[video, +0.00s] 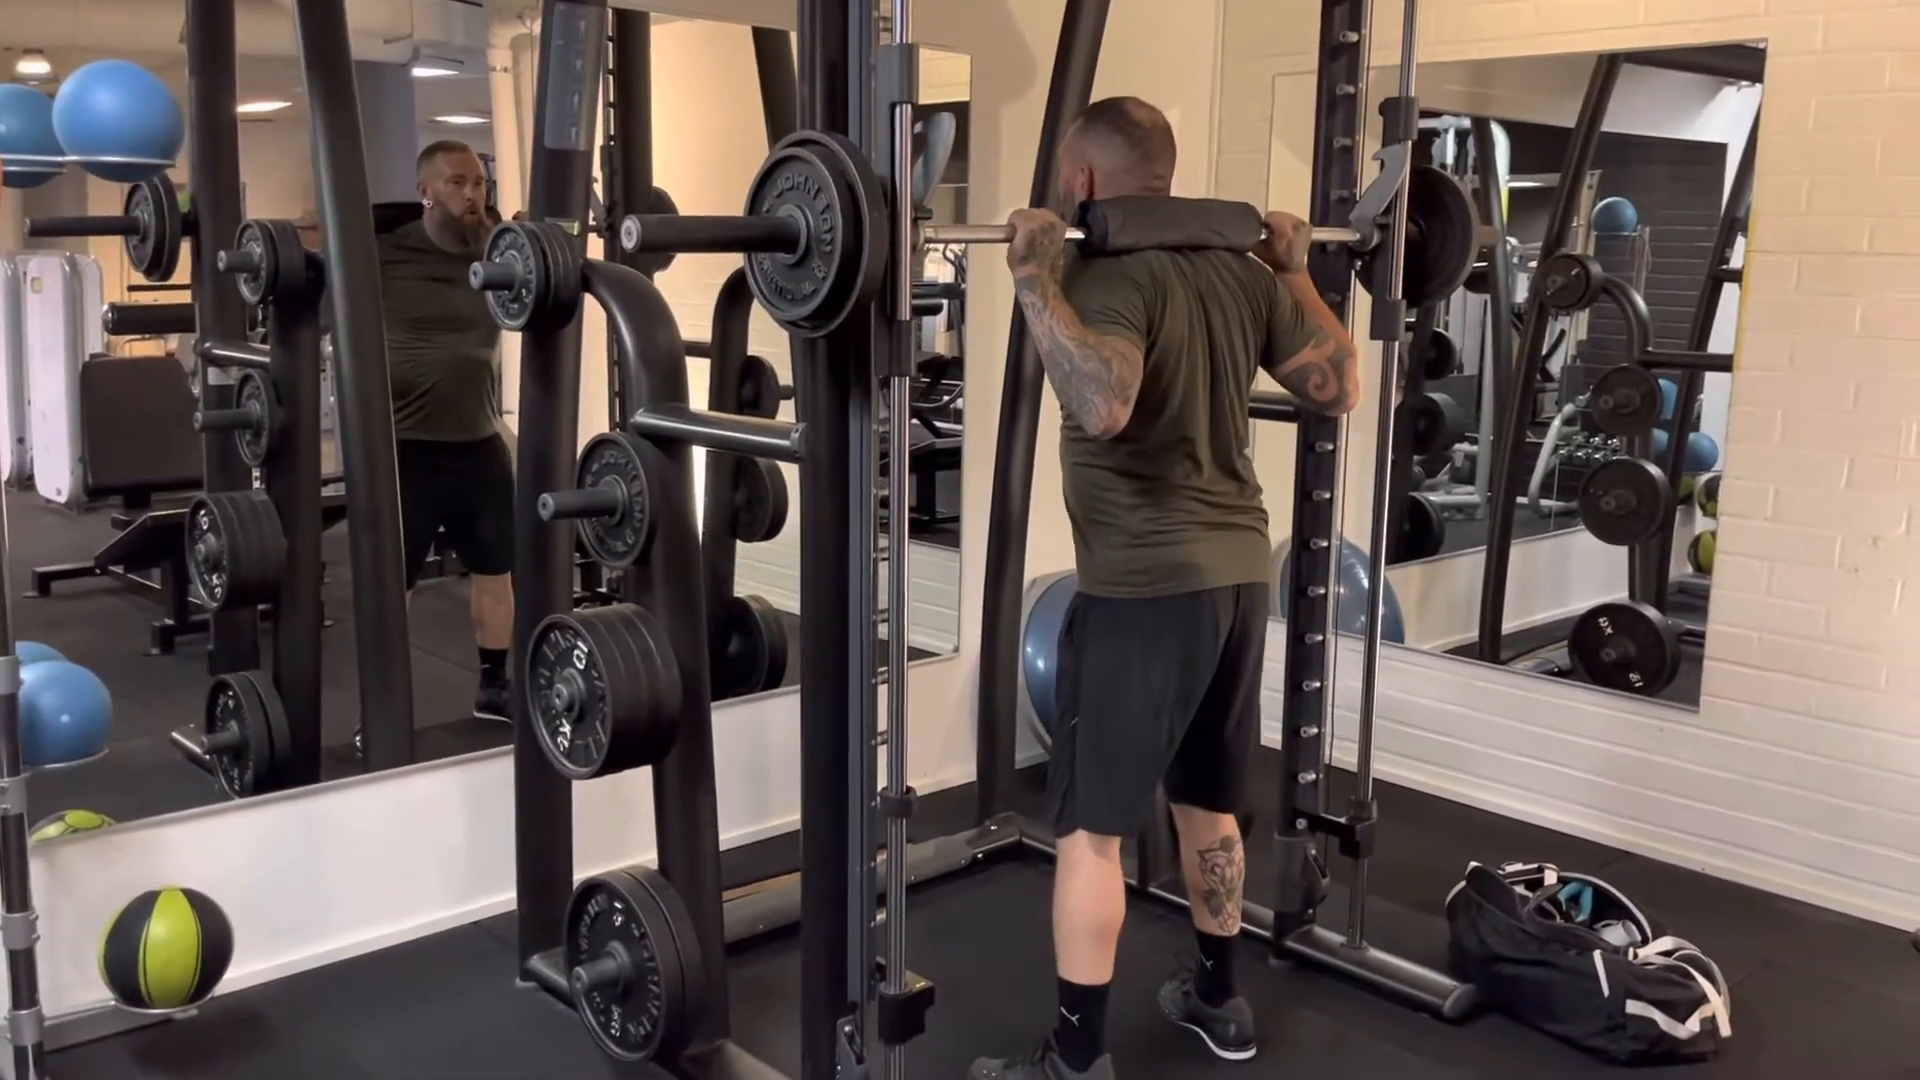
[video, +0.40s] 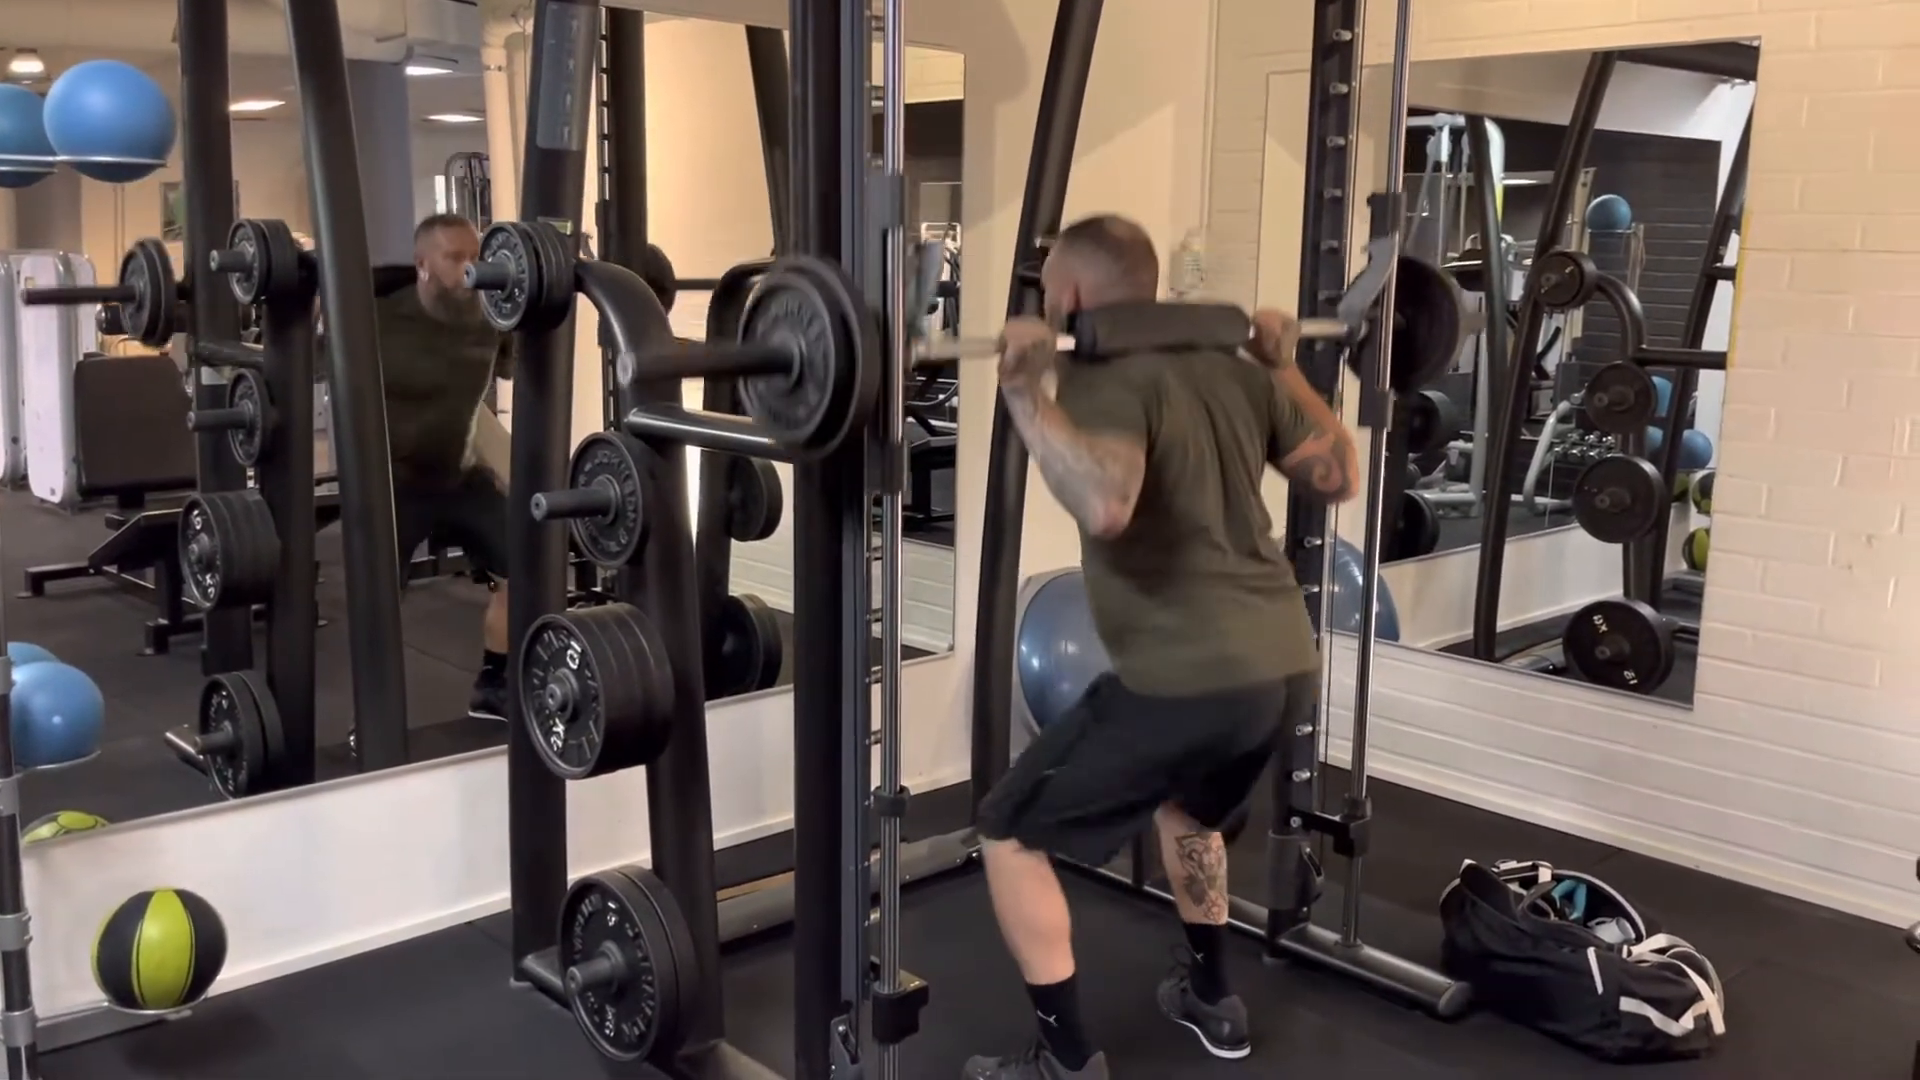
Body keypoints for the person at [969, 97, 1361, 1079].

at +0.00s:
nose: (1059, 195)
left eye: (1063, 179)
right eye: (1062, 180)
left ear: (1089, 175)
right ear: (1169, 173)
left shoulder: (1115, 269)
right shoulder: (1241, 266)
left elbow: (1103, 404)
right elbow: (1333, 386)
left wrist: (1034, 277)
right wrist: (1295, 270)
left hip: (1144, 587)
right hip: (1241, 576)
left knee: (1095, 820)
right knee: (1206, 787)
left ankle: (1077, 1050)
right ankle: (1219, 1000)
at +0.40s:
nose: (1050, 311)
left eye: (1053, 297)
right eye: (1051, 297)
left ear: (1079, 295)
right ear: (1148, 284)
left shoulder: (1110, 375)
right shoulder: (1238, 364)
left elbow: (1104, 501)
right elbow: (1335, 473)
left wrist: (1026, 394)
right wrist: (1282, 365)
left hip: (1180, 682)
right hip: (1278, 670)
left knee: (1011, 832)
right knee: (1187, 808)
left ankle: (1065, 1051)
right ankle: (1213, 999)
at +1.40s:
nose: (1036, 489)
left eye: (1037, 475)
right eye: (1035, 474)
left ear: (1060, 485)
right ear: (1137, 472)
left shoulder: (1098, 565)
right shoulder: (1224, 551)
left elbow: (1094, 698)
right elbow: (1328, 647)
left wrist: (1009, 585)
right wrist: (1267, 540)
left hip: (1209, 855)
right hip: (1311, 843)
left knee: (981, 843)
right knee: (1154, 805)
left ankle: (1053, 1055)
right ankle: (1203, 999)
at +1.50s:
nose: (1036, 450)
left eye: (1038, 436)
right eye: (1034, 436)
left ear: (1060, 445)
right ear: (1139, 431)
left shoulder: (1097, 526)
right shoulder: (1222, 511)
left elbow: (1091, 656)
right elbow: (1328, 609)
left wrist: (1008, 546)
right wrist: (1267, 503)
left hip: (1203, 819)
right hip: (1304, 801)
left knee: (985, 845)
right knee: (1159, 791)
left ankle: (1053, 1055)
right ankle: (1203, 1000)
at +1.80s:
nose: (1048, 303)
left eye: (1049, 289)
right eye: (1049, 289)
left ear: (1070, 289)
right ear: (1145, 284)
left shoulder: (1097, 375)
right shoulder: (1225, 366)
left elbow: (1087, 507)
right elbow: (1328, 478)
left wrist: (1011, 397)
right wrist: (1272, 372)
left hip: (1180, 677)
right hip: (1275, 663)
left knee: (1012, 840)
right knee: (1183, 815)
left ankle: (1057, 1060)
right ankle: (1208, 1015)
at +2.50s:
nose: (1042, 214)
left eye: (1044, 199)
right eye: (1045, 200)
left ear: (1067, 195)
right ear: (1147, 191)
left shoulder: (1095, 283)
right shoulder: (1225, 281)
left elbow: (1081, 414)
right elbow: (1315, 402)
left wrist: (1009, 291)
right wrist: (1273, 293)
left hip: (1135, 604)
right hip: (1234, 592)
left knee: (1072, 840)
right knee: (1197, 806)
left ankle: (1061, 1065)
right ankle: (1209, 1016)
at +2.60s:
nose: (1041, 214)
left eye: (1044, 199)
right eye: (1046, 199)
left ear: (1066, 196)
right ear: (1145, 192)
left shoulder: (1093, 286)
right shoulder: (1224, 282)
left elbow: (1081, 415)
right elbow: (1316, 403)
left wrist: (1007, 291)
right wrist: (1274, 294)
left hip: (1136, 606)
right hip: (1235, 592)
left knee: (1073, 842)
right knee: (1197, 805)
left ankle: (1061, 1066)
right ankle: (1209, 1018)